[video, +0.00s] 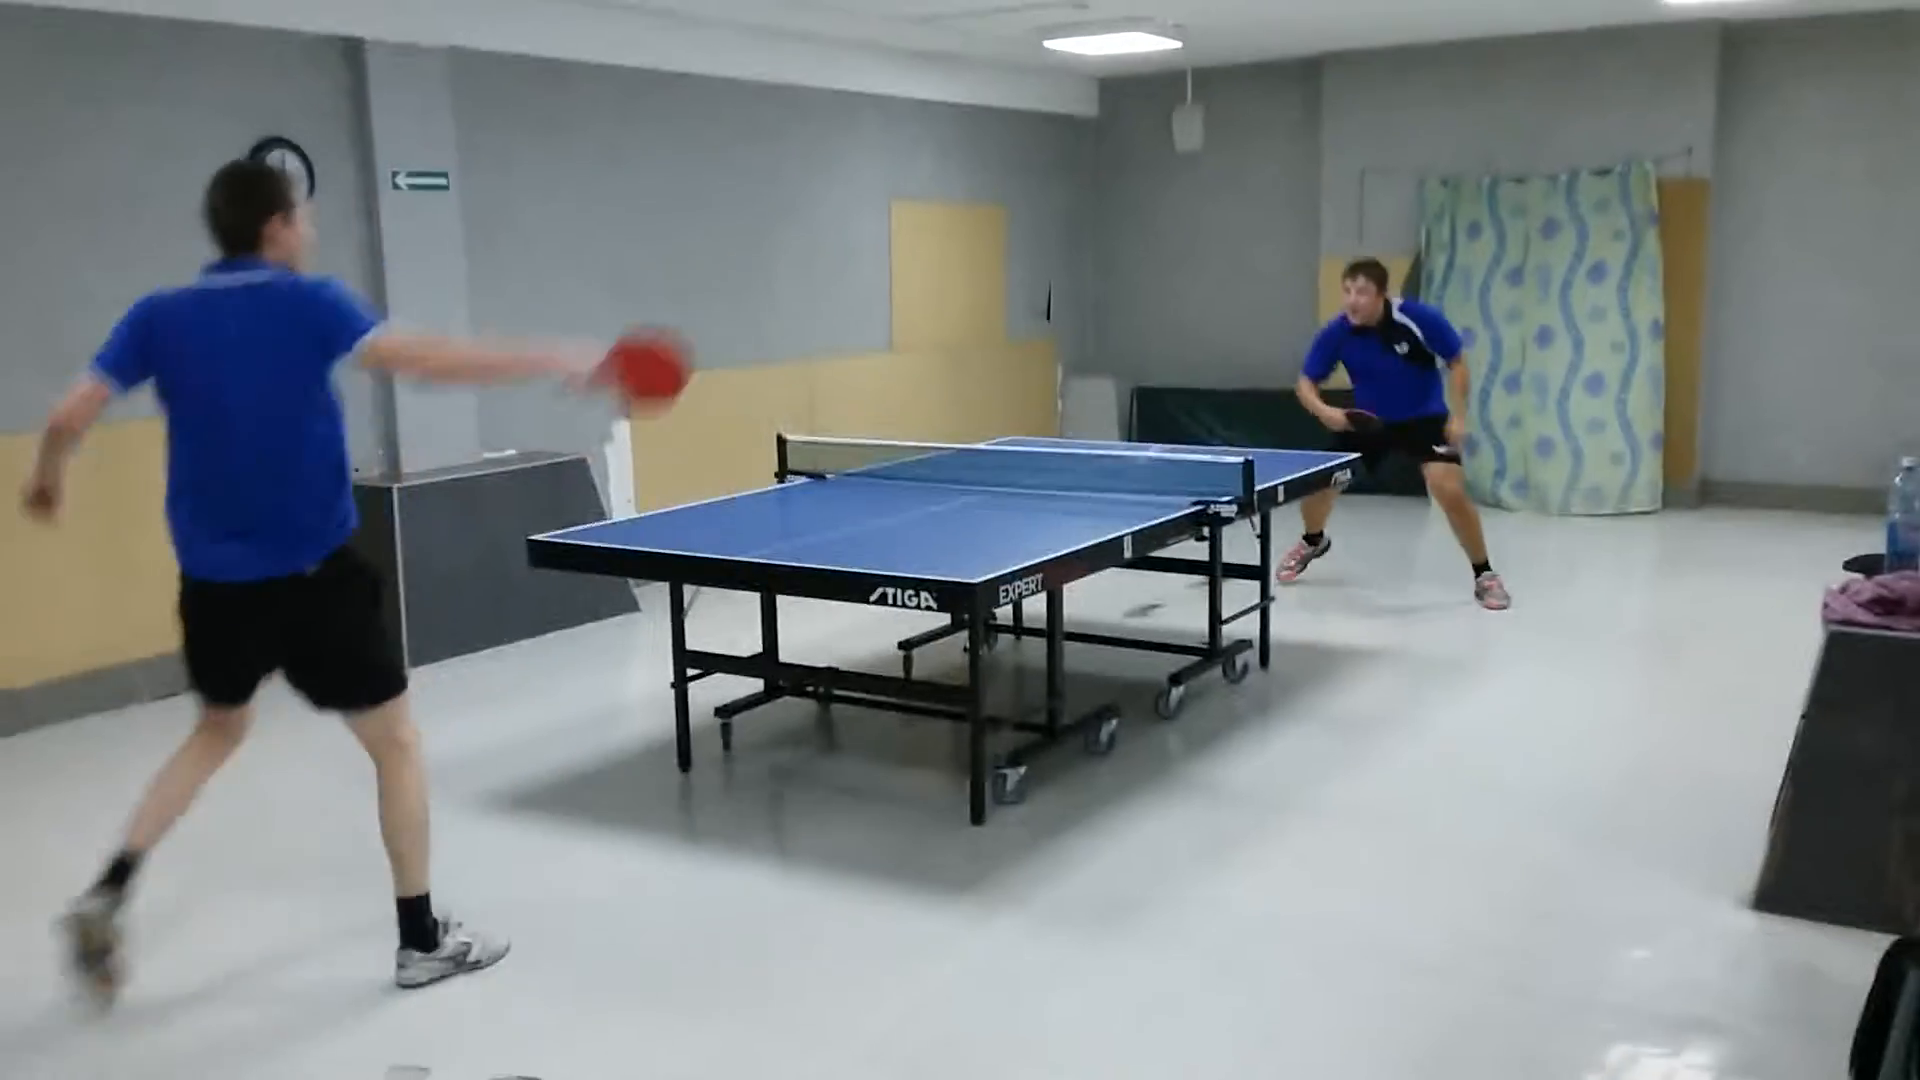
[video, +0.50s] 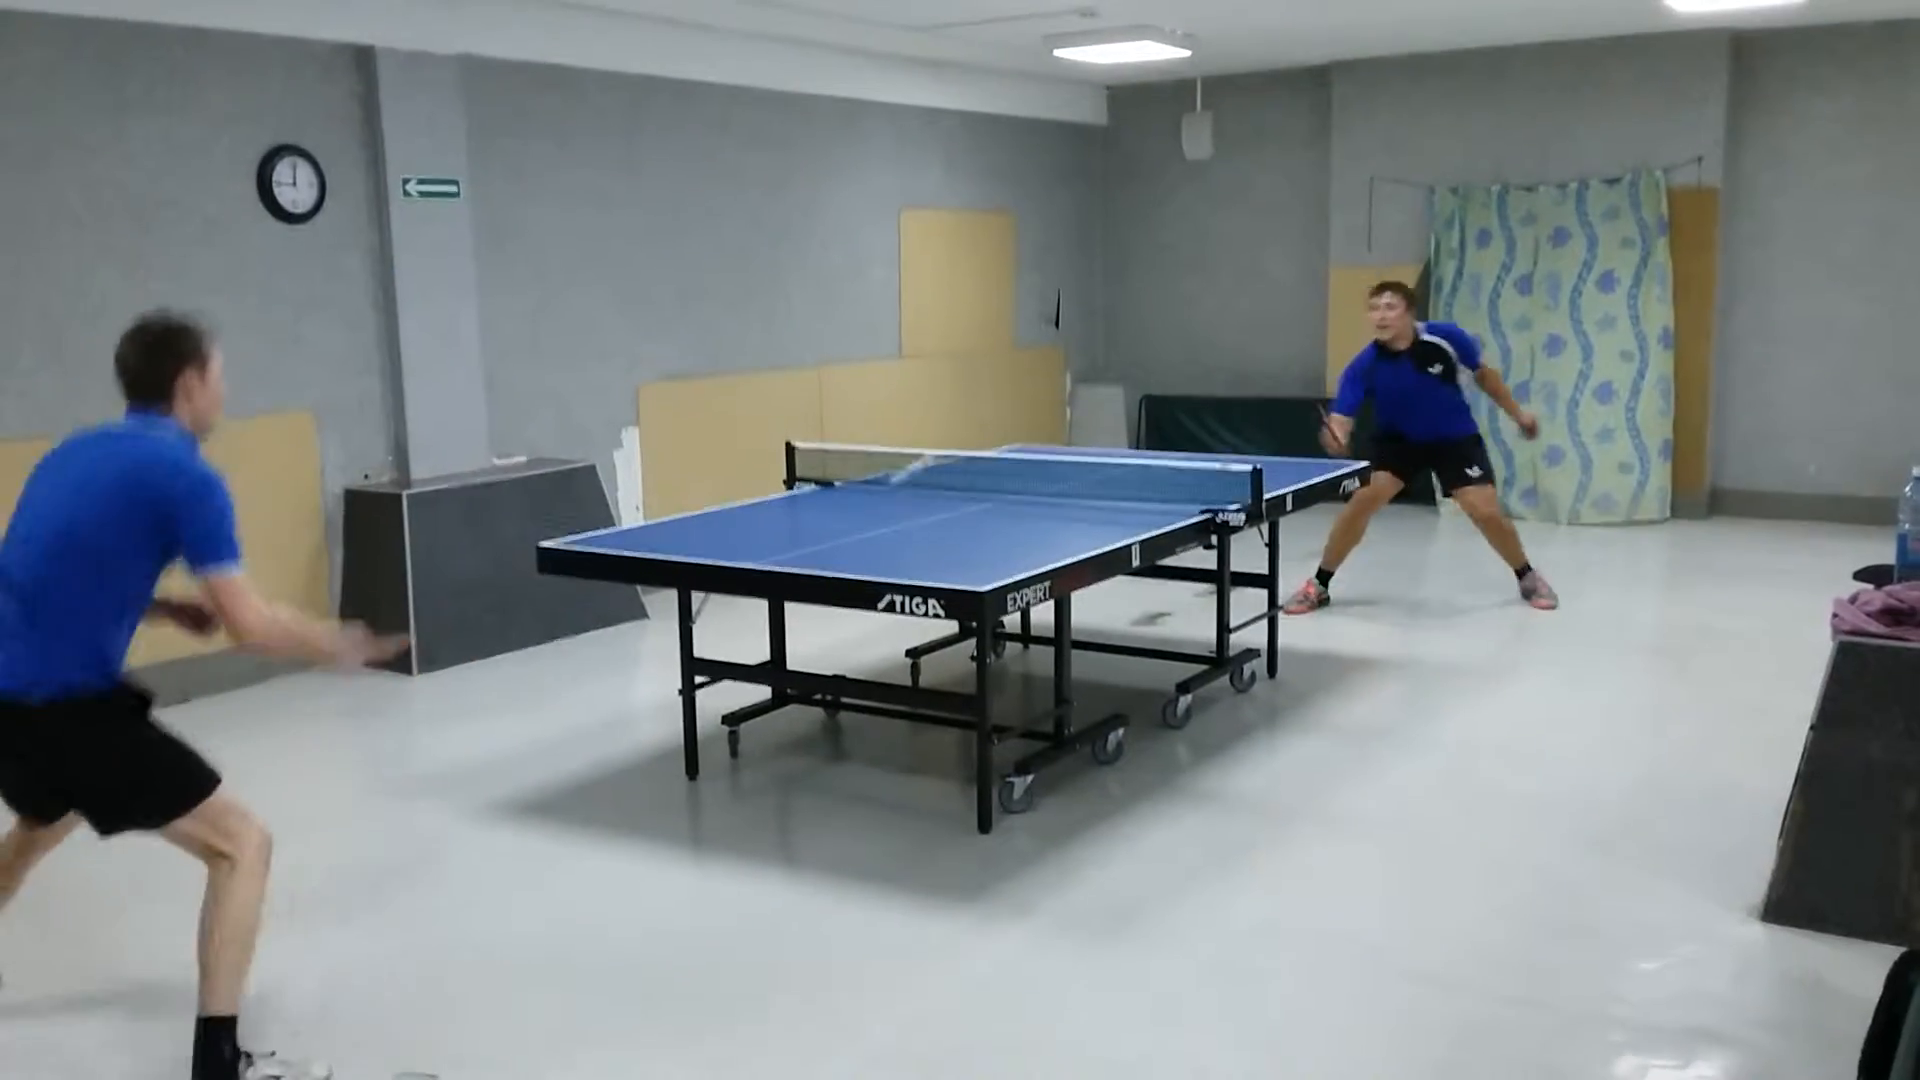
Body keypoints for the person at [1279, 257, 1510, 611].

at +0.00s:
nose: (1353, 300)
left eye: (1362, 292)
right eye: (1349, 292)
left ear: (1381, 295)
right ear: (1343, 294)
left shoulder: (1419, 320)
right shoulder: (1337, 333)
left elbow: (1457, 364)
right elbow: (1304, 384)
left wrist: (1458, 418)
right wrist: (1324, 412)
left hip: (1424, 422)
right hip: (1369, 423)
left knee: (1448, 488)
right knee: (1317, 477)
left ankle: (1484, 574)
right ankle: (1313, 541)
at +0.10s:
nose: (1364, 327)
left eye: (1373, 318)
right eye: (1359, 317)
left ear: (1392, 320)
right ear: (1353, 318)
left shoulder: (1428, 337)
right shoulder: (1346, 353)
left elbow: (1474, 372)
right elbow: (1313, 404)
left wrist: (1489, 427)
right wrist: (1338, 418)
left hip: (1439, 436)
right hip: (1384, 436)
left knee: (1460, 497)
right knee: (1329, 482)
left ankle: (1493, 579)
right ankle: (1323, 565)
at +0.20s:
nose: (1355, 332)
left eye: (1364, 323)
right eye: (1349, 323)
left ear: (1382, 325)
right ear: (1342, 326)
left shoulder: (1415, 342)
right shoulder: (1334, 363)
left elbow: (1465, 373)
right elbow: (1296, 423)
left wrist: (1494, 420)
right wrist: (1311, 407)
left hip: (1434, 439)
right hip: (1379, 444)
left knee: (1458, 503)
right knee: (1344, 503)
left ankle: (1490, 585)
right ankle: (1315, 584)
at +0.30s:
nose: (1349, 334)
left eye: (1358, 324)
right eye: (1343, 326)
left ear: (1377, 327)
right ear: (1337, 333)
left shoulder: (1413, 346)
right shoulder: (1335, 375)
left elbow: (1460, 375)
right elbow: (1294, 423)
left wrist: (1497, 416)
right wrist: (1281, 411)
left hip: (1437, 438)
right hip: (1382, 446)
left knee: (1463, 496)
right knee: (1351, 498)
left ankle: (1493, 583)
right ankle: (1316, 584)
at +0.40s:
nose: (1355, 329)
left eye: (1363, 320)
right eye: (1348, 323)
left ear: (1383, 323)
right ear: (1343, 330)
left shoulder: (1421, 343)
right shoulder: (1344, 374)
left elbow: (1461, 375)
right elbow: (1311, 427)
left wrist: (1498, 410)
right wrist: (1297, 423)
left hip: (1442, 438)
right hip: (1387, 445)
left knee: (1472, 500)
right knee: (1354, 498)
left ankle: (1507, 580)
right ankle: (1317, 584)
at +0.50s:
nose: (1381, 316)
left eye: (1390, 307)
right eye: (1375, 309)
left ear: (1409, 311)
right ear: (1368, 316)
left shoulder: (1446, 340)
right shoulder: (1364, 366)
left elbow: (1484, 375)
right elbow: (1341, 420)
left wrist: (1517, 414)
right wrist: (1336, 438)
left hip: (1455, 440)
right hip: (1399, 445)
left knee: (1484, 511)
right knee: (1364, 499)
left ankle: (1527, 578)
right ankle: (1318, 585)